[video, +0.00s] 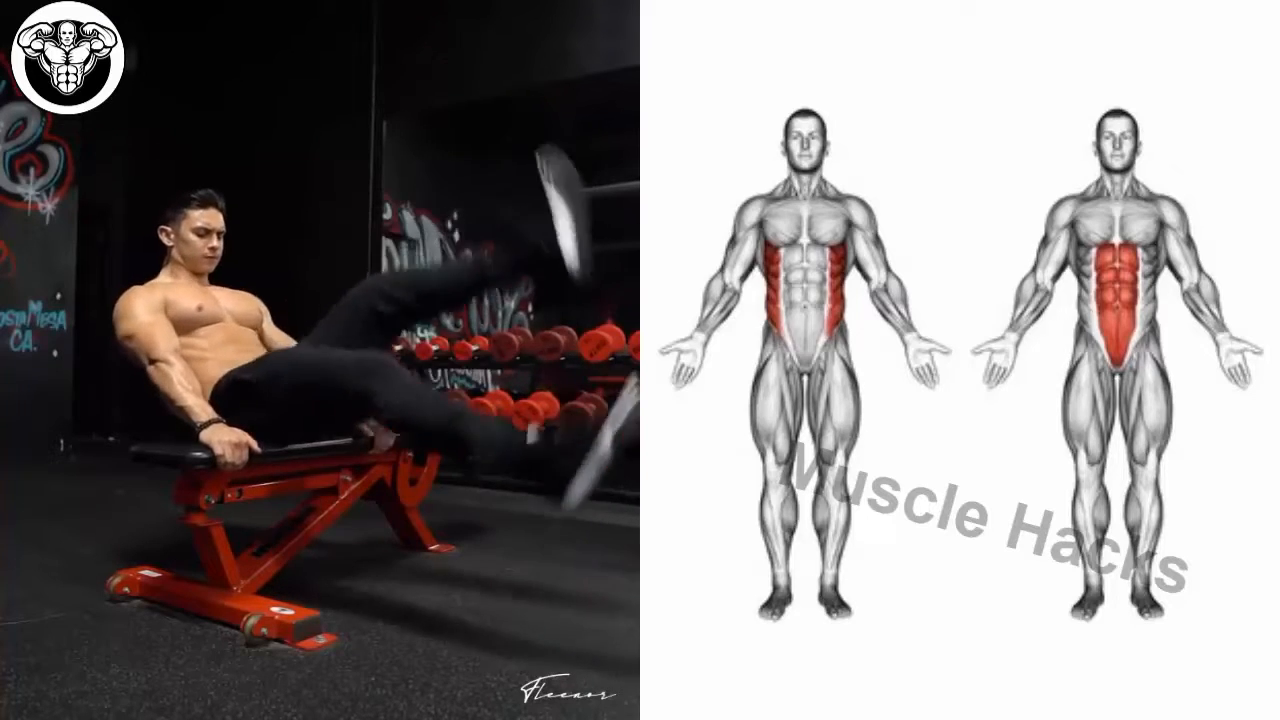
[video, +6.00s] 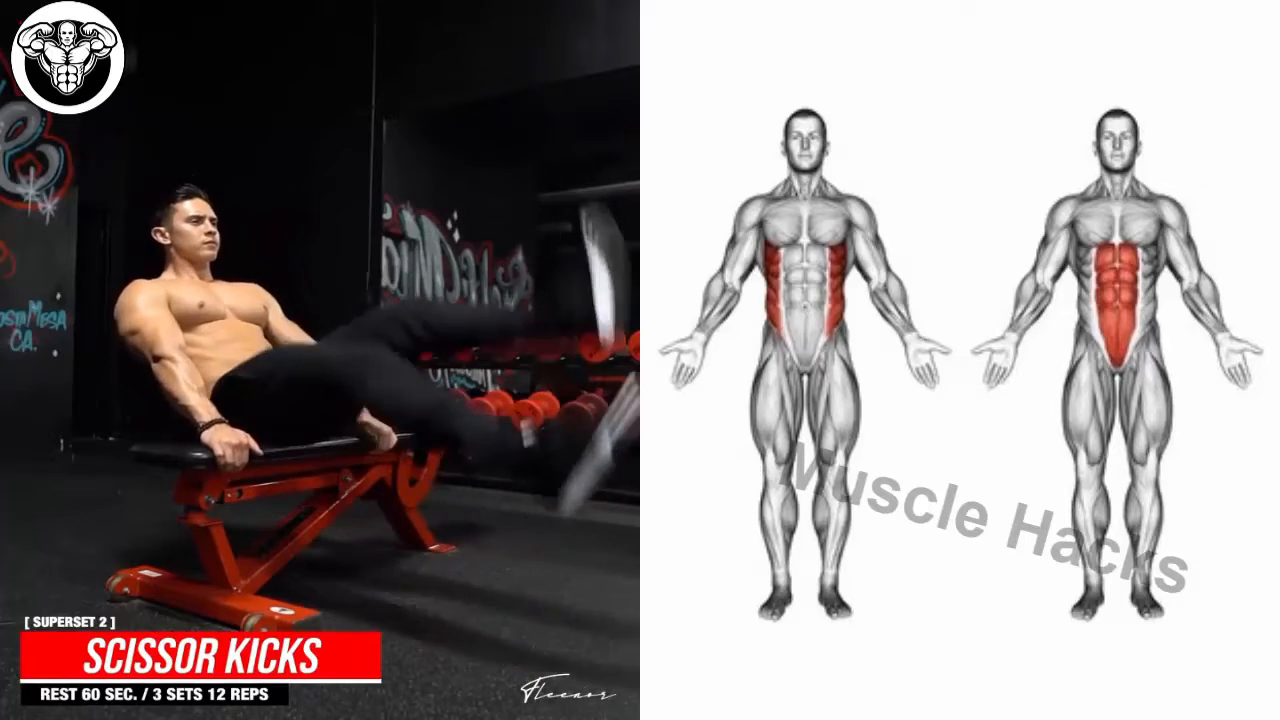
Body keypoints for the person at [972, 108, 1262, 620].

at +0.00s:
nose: (1116, 146)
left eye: (1124, 138)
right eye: (1109, 138)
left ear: (1137, 146)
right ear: (1097, 145)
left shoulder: (1164, 211)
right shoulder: (1070, 211)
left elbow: (1193, 282)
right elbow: (1041, 282)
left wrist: (1222, 336)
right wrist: (1012, 336)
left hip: (1144, 355)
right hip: (1089, 354)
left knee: (1146, 466)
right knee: (1088, 466)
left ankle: (1141, 581)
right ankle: (1092, 583)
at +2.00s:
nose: (1116, 145)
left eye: (1124, 137)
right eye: (1109, 137)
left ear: (1137, 146)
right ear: (1097, 145)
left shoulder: (1164, 211)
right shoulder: (1070, 211)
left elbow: (1193, 282)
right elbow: (1041, 282)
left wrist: (1221, 335)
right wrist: (1012, 336)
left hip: (1144, 355)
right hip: (1089, 354)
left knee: (1145, 466)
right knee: (1088, 466)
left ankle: (1141, 582)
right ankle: (1092, 583)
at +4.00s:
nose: (1116, 145)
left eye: (1124, 138)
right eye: (1108, 138)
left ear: (1137, 145)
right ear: (1096, 146)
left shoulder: (1164, 211)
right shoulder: (1070, 211)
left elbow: (1193, 282)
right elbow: (1041, 282)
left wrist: (1222, 335)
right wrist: (1012, 336)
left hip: (1144, 355)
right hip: (1089, 355)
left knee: (1145, 466)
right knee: (1088, 466)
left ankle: (1141, 581)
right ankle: (1092, 583)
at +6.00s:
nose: (1116, 145)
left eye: (1124, 138)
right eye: (1108, 138)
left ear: (1137, 145)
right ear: (1097, 145)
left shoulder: (1164, 211)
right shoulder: (1070, 211)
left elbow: (1193, 282)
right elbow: (1041, 281)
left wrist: (1222, 335)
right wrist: (1012, 336)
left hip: (1144, 355)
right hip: (1089, 354)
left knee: (1145, 465)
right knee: (1088, 466)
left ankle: (1141, 581)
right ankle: (1092, 583)